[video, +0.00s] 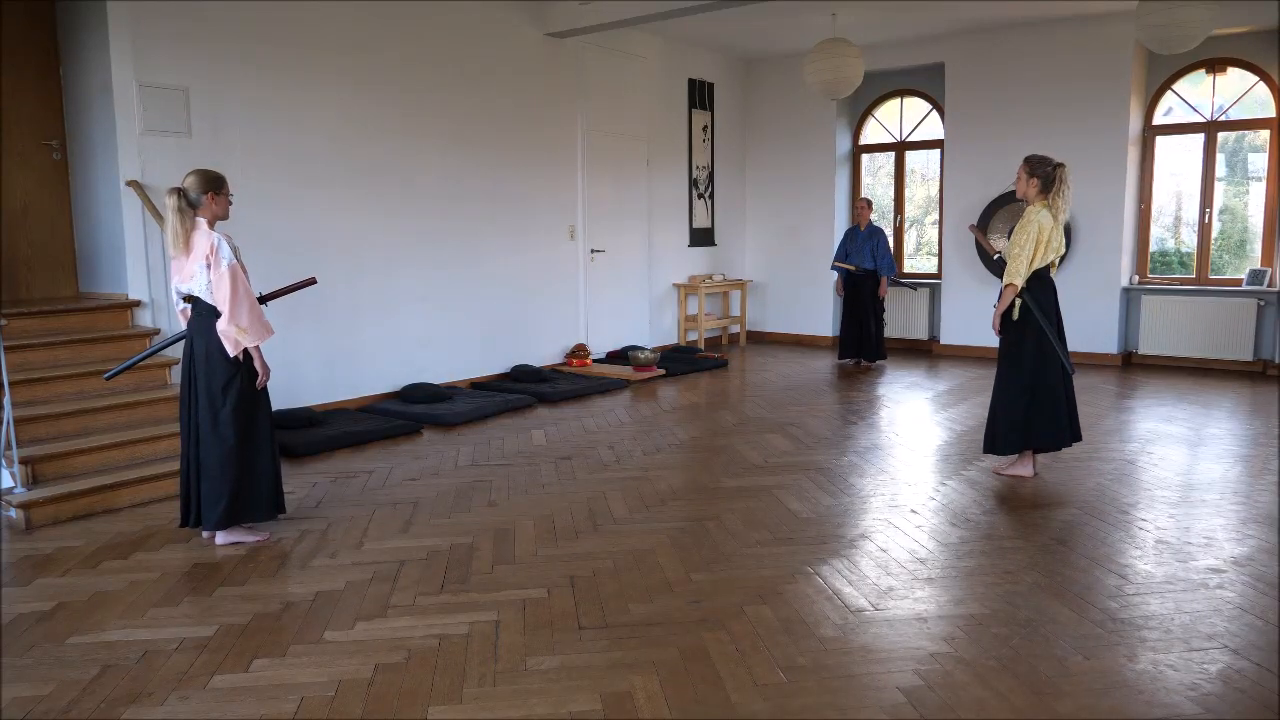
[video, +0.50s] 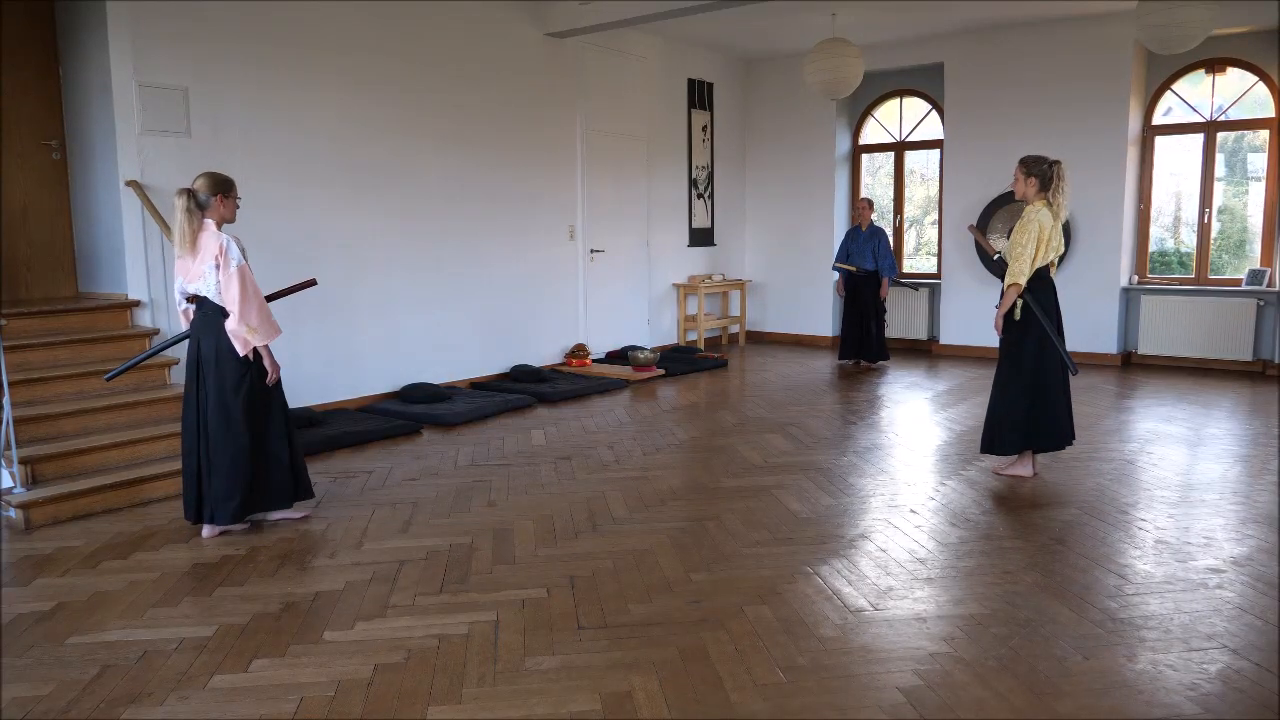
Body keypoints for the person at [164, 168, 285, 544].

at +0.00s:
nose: (231, 203)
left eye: (230, 197)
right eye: (228, 197)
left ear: (201, 200)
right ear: (210, 199)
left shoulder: (181, 240)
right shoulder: (216, 242)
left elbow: (183, 302)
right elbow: (235, 304)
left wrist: (202, 332)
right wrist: (255, 351)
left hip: (198, 341)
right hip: (224, 342)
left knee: (209, 430)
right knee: (232, 431)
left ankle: (213, 521)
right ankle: (229, 525)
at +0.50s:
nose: (237, 206)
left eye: (236, 199)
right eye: (234, 200)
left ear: (203, 202)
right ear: (219, 202)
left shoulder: (186, 245)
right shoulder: (224, 244)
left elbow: (185, 303)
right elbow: (242, 304)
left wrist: (201, 334)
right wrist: (264, 349)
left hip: (201, 340)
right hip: (232, 339)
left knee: (213, 425)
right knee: (260, 415)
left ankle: (216, 515)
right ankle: (276, 502)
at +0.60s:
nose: (242, 206)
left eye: (241, 200)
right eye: (239, 200)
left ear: (209, 203)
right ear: (224, 203)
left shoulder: (190, 245)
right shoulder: (229, 244)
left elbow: (189, 302)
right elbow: (246, 304)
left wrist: (203, 335)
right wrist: (268, 351)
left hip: (206, 340)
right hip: (235, 338)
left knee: (215, 425)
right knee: (270, 412)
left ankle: (216, 516)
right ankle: (297, 496)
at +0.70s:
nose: (248, 207)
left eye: (247, 201)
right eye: (245, 201)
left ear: (216, 204)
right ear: (230, 204)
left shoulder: (196, 247)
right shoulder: (236, 245)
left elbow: (195, 306)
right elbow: (252, 305)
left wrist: (211, 335)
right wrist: (272, 351)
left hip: (211, 341)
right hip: (241, 339)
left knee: (217, 425)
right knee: (273, 413)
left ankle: (216, 515)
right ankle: (303, 492)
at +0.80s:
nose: (256, 208)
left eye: (255, 202)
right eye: (253, 202)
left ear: (222, 205)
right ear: (238, 204)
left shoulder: (205, 249)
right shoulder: (244, 245)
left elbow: (203, 307)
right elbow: (259, 303)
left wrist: (220, 334)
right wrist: (279, 351)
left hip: (218, 340)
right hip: (247, 338)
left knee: (222, 423)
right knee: (277, 413)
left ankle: (216, 514)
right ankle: (305, 493)